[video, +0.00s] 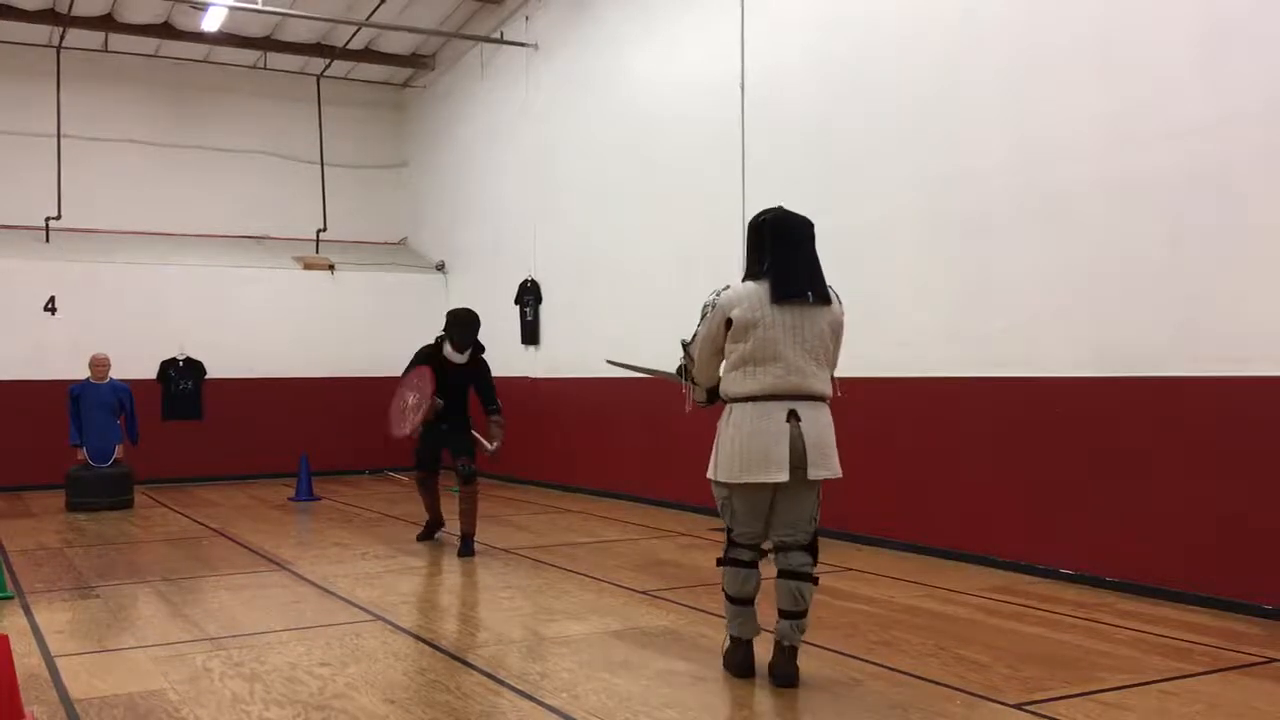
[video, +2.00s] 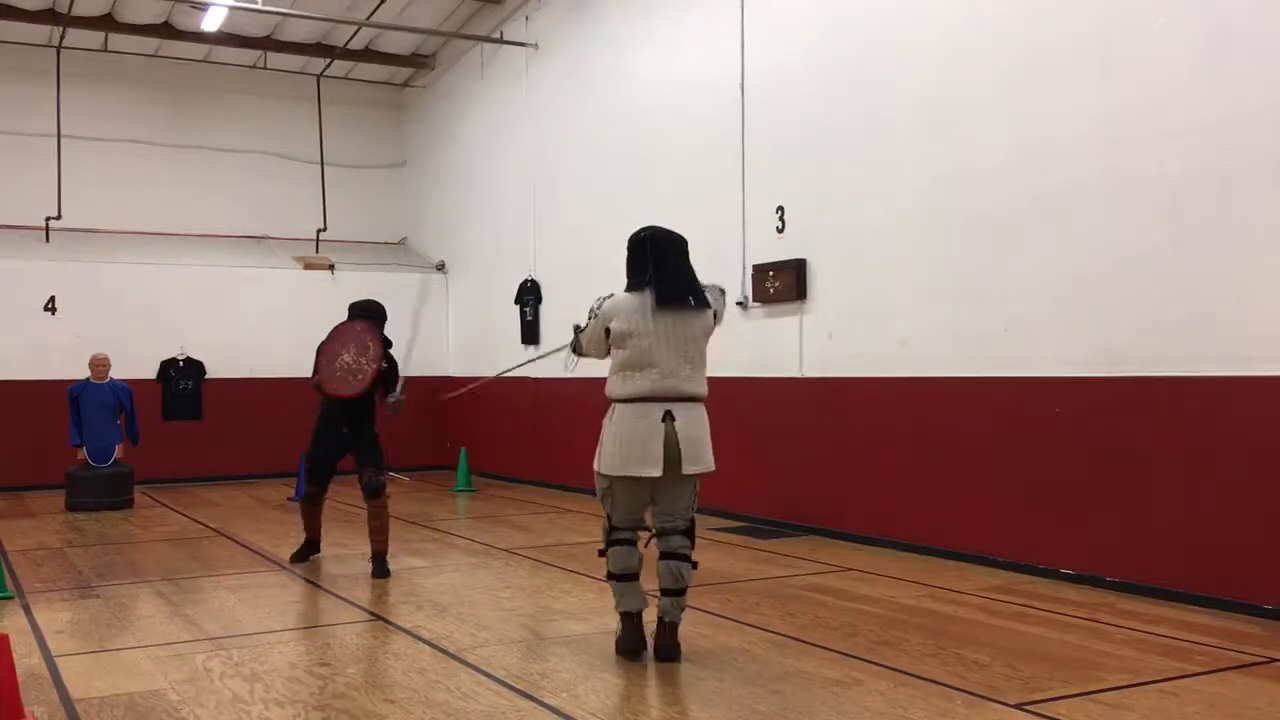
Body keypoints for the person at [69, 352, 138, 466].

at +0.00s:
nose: (100, 369)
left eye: (104, 366)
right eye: (97, 366)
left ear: (109, 367)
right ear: (90, 367)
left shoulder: (120, 389)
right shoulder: (78, 390)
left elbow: (129, 416)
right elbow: (75, 420)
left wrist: (132, 438)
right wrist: (78, 445)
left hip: (113, 445)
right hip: (88, 444)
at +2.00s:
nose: (100, 369)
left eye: (104, 366)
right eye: (97, 366)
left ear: (109, 367)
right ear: (90, 367)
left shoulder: (120, 389)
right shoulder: (77, 390)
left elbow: (129, 415)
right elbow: (75, 420)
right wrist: (79, 446)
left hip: (113, 445)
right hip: (88, 444)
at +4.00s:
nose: (100, 369)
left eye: (104, 366)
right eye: (96, 366)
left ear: (109, 367)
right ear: (89, 367)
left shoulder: (121, 389)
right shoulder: (77, 390)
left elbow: (130, 415)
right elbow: (74, 419)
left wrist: (133, 437)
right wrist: (78, 444)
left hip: (114, 445)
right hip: (87, 445)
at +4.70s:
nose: (100, 369)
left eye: (104, 366)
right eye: (96, 366)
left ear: (109, 367)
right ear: (89, 367)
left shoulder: (121, 389)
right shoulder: (77, 390)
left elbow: (130, 415)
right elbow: (74, 419)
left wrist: (133, 437)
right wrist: (78, 445)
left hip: (114, 444)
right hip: (87, 444)